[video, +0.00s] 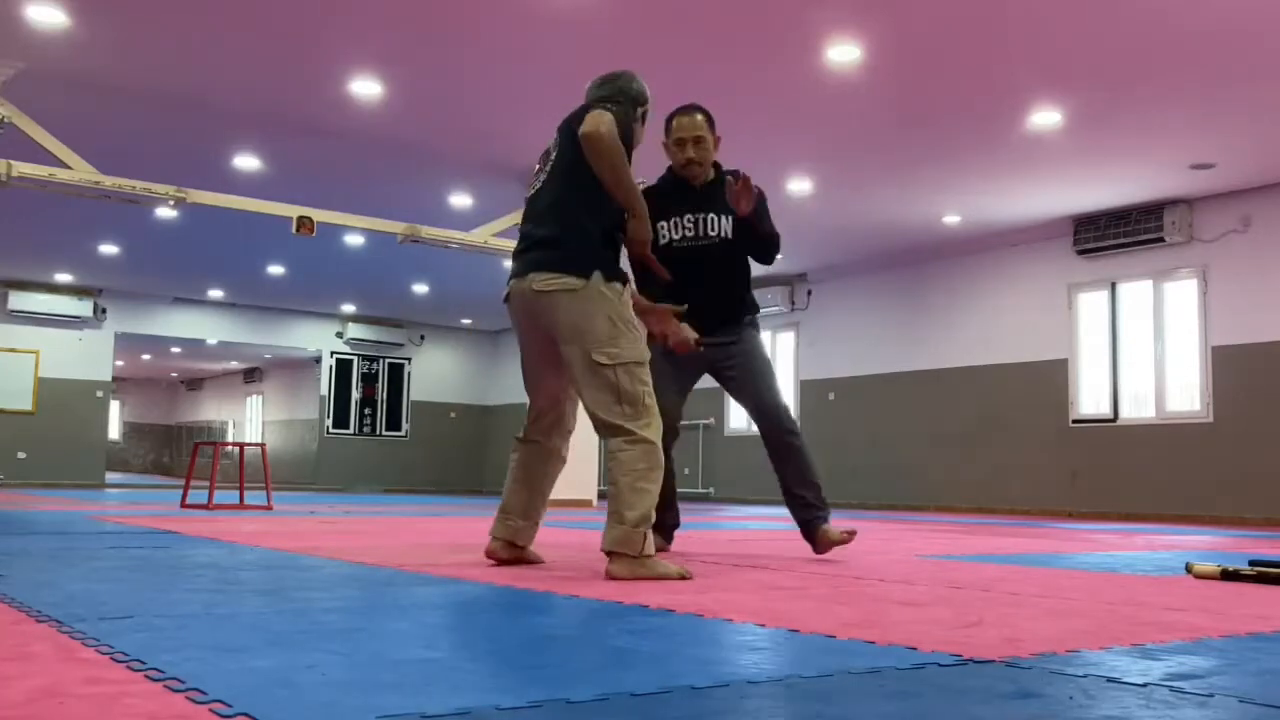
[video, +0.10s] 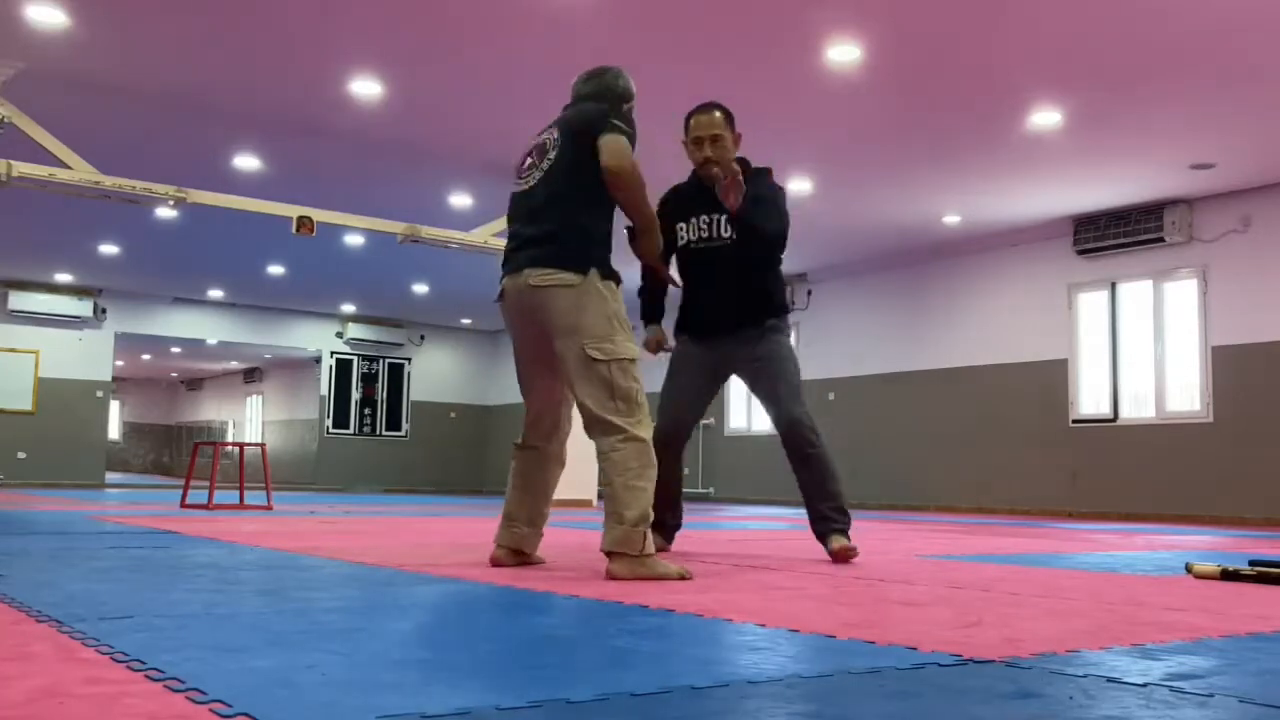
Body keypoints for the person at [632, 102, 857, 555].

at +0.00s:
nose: (690, 153)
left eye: (698, 142)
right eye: (680, 144)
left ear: (716, 143)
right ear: (666, 147)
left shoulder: (740, 192)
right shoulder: (647, 203)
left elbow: (767, 254)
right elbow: (635, 276)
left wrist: (750, 215)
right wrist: (659, 318)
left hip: (734, 335)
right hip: (673, 338)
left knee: (777, 420)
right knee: (654, 430)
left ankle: (816, 526)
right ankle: (659, 529)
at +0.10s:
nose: (705, 150)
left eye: (715, 140)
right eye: (696, 143)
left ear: (736, 142)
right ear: (686, 148)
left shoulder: (761, 186)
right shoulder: (674, 203)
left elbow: (772, 246)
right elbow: (656, 264)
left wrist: (740, 209)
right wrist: (652, 322)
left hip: (761, 334)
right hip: (700, 338)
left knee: (796, 424)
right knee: (667, 434)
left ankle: (834, 531)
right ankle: (661, 530)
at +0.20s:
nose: (724, 152)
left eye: (734, 140)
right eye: (715, 143)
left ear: (758, 137)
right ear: (707, 145)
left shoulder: (785, 177)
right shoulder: (714, 189)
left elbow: (771, 246)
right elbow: (710, 247)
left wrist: (706, 244)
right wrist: (697, 283)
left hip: (794, 327)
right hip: (736, 330)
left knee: (815, 422)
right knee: (701, 429)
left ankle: (840, 536)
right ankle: (673, 533)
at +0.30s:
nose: (749, 151)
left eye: (759, 139)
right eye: (740, 142)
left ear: (784, 136)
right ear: (733, 143)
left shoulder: (807, 184)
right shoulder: (744, 185)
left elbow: (763, 247)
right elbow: (763, 243)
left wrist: (688, 281)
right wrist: (736, 244)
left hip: (813, 323)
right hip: (756, 323)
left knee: (821, 419)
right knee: (728, 425)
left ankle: (841, 536)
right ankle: (741, 525)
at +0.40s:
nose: (769, 151)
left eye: (778, 140)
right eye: (760, 142)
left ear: (804, 136)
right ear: (752, 144)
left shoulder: (829, 186)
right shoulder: (749, 187)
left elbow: (801, 268)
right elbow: (744, 255)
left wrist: (731, 313)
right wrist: (737, 238)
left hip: (828, 323)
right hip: (772, 324)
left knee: (830, 419)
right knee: (751, 429)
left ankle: (842, 535)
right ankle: (778, 521)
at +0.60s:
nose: (793, 161)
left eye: (804, 149)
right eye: (785, 150)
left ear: (828, 144)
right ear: (774, 148)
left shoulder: (861, 192)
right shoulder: (766, 192)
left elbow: (896, 251)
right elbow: (742, 256)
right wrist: (756, 202)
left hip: (840, 332)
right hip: (779, 331)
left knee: (844, 427)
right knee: (758, 432)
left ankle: (837, 535)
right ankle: (747, 518)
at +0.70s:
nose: (797, 159)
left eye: (807, 147)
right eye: (789, 148)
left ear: (833, 143)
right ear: (780, 147)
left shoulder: (865, 194)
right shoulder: (767, 190)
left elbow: (898, 242)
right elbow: (729, 227)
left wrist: (899, 291)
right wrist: (716, 193)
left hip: (841, 334)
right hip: (779, 333)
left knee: (844, 425)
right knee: (752, 428)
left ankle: (836, 536)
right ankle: (728, 520)